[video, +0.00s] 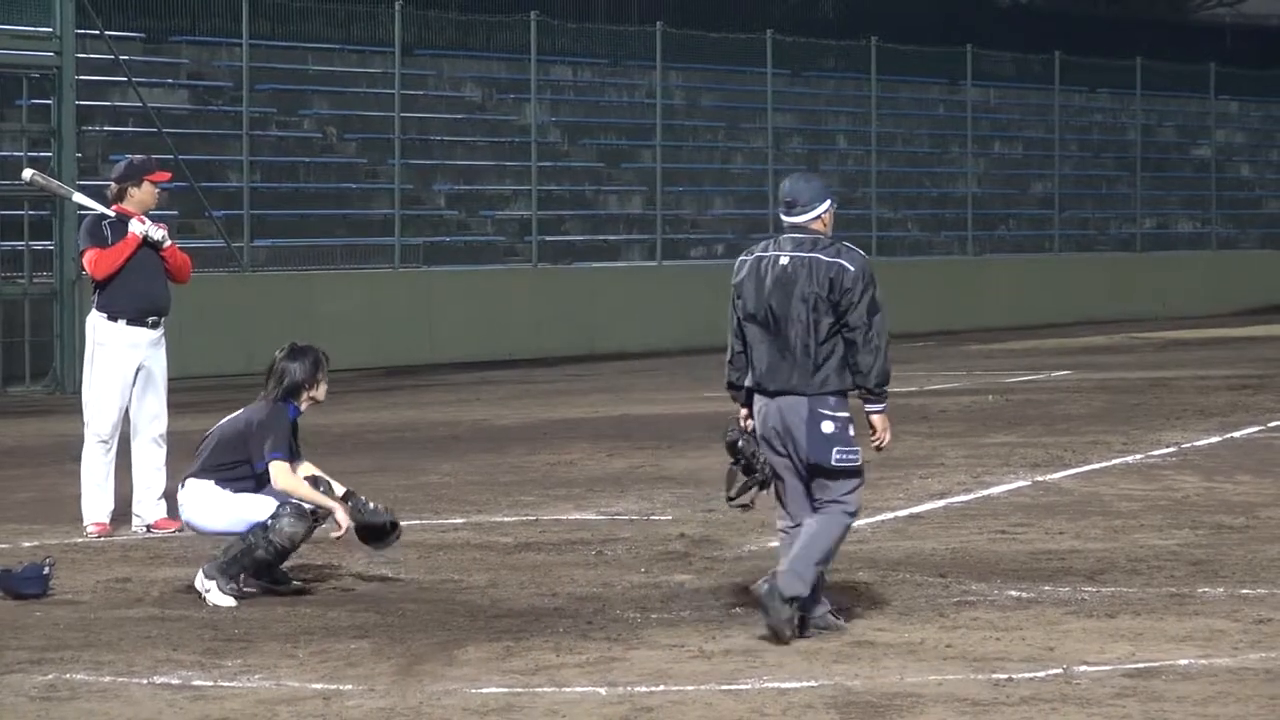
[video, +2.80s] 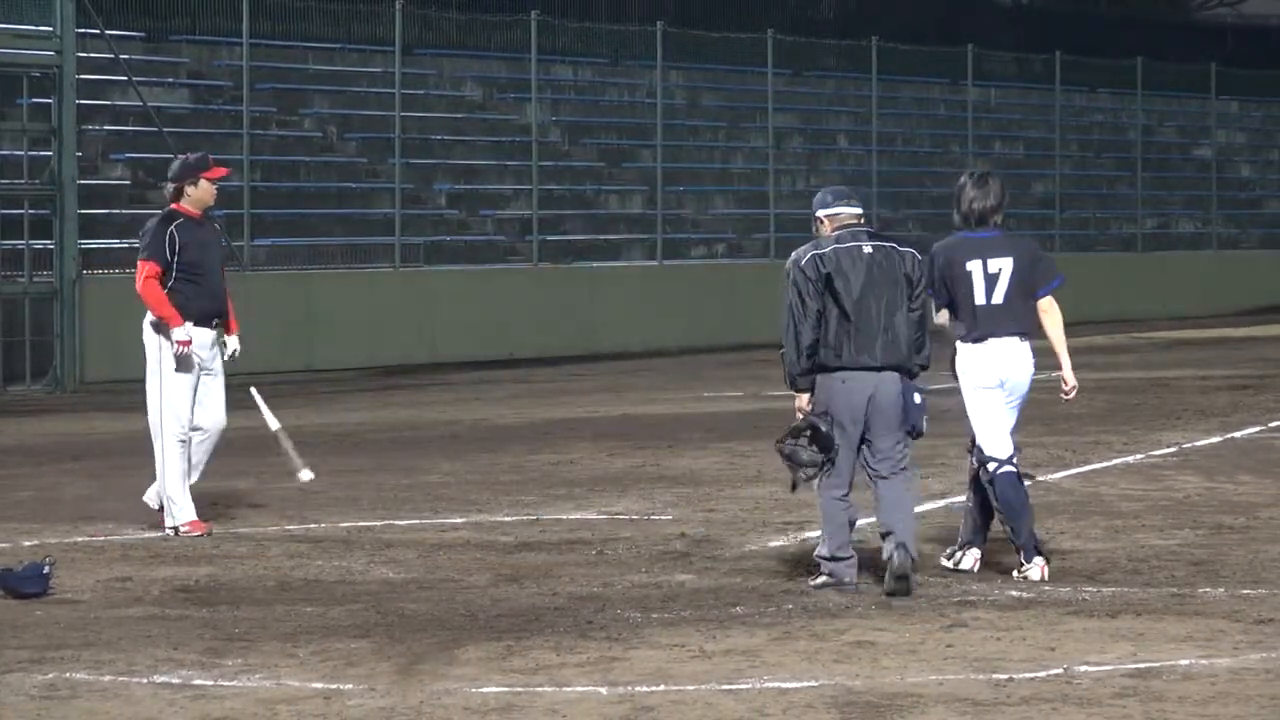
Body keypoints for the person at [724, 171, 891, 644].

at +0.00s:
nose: (832, 218)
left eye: (828, 211)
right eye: (830, 213)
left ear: (785, 214)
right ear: (822, 217)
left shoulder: (749, 263)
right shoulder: (845, 262)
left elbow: (739, 340)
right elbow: (866, 339)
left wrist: (743, 399)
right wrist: (876, 404)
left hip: (766, 403)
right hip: (821, 403)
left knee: (795, 512)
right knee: (839, 499)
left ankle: (813, 609)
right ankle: (782, 587)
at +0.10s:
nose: (845, 216)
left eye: (841, 209)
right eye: (843, 210)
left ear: (798, 212)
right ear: (835, 214)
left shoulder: (763, 260)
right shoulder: (858, 260)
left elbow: (752, 338)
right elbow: (879, 337)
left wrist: (755, 396)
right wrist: (888, 401)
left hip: (783, 401)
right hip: (841, 402)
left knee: (803, 508)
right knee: (862, 492)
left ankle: (804, 605)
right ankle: (820, 583)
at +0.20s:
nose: (857, 214)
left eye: (850, 208)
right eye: (856, 209)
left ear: (810, 211)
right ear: (852, 213)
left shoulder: (776, 258)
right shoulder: (873, 260)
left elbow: (764, 336)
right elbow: (892, 337)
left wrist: (767, 395)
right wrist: (901, 400)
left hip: (794, 400)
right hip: (854, 401)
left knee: (806, 508)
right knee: (880, 494)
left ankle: (808, 611)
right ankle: (870, 602)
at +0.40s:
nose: (881, 222)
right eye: (885, 216)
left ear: (842, 216)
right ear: (888, 220)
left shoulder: (807, 261)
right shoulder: (909, 266)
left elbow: (791, 337)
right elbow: (925, 342)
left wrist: (792, 394)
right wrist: (928, 403)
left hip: (824, 403)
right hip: (888, 405)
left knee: (820, 510)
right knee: (909, 504)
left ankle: (811, 610)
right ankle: (939, 604)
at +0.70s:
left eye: (898, 212)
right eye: (932, 216)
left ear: (895, 214)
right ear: (940, 218)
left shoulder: (856, 257)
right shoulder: (965, 264)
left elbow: (840, 329)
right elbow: (983, 337)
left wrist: (838, 387)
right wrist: (988, 399)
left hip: (871, 400)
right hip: (934, 402)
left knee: (862, 495)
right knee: (944, 504)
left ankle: (835, 577)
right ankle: (949, 605)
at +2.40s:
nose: (866, 216)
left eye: (864, 210)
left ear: (863, 212)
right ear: (906, 210)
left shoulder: (838, 253)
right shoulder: (937, 257)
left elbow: (821, 322)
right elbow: (951, 324)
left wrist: (818, 376)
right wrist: (937, 371)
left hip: (859, 383)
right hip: (916, 384)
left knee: (852, 471)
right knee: (911, 480)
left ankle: (869, 556)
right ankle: (908, 570)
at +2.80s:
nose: (813, 229)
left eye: (814, 223)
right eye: (816, 223)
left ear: (824, 222)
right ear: (862, 219)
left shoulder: (808, 260)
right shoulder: (902, 257)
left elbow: (801, 331)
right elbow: (918, 323)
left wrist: (802, 387)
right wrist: (909, 373)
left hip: (836, 382)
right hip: (890, 381)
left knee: (834, 478)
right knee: (892, 470)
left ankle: (838, 567)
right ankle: (899, 549)